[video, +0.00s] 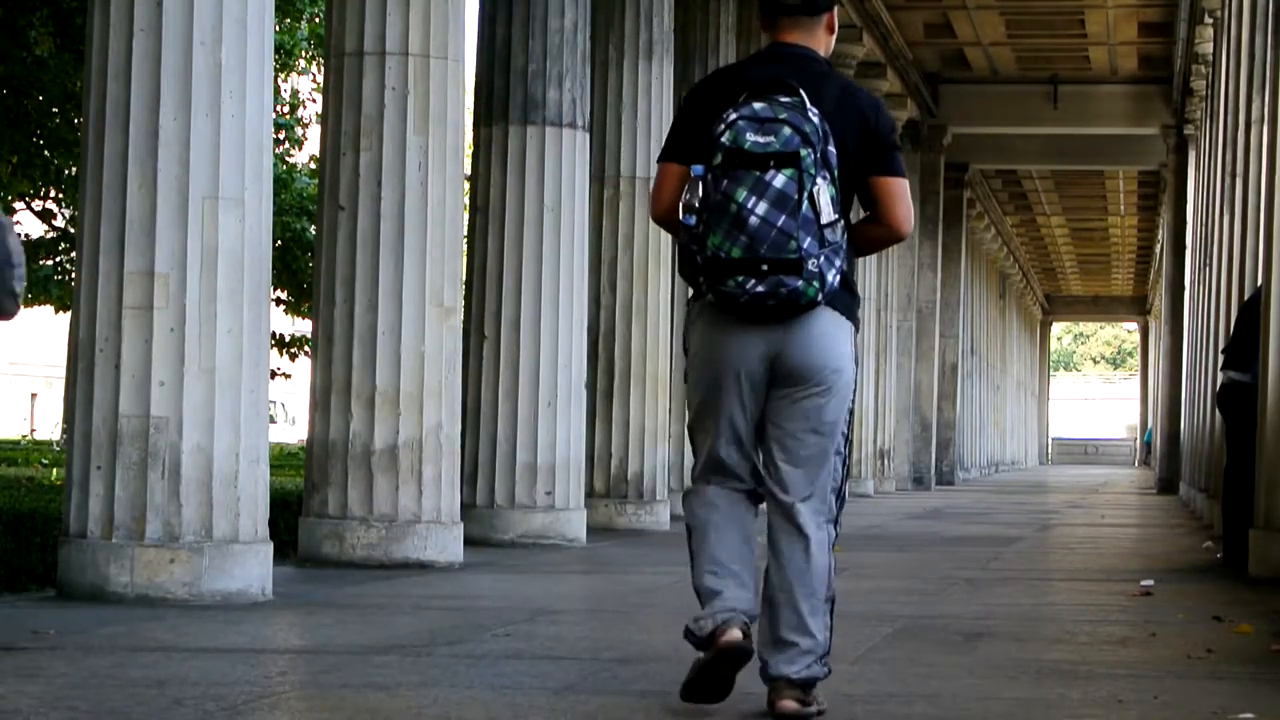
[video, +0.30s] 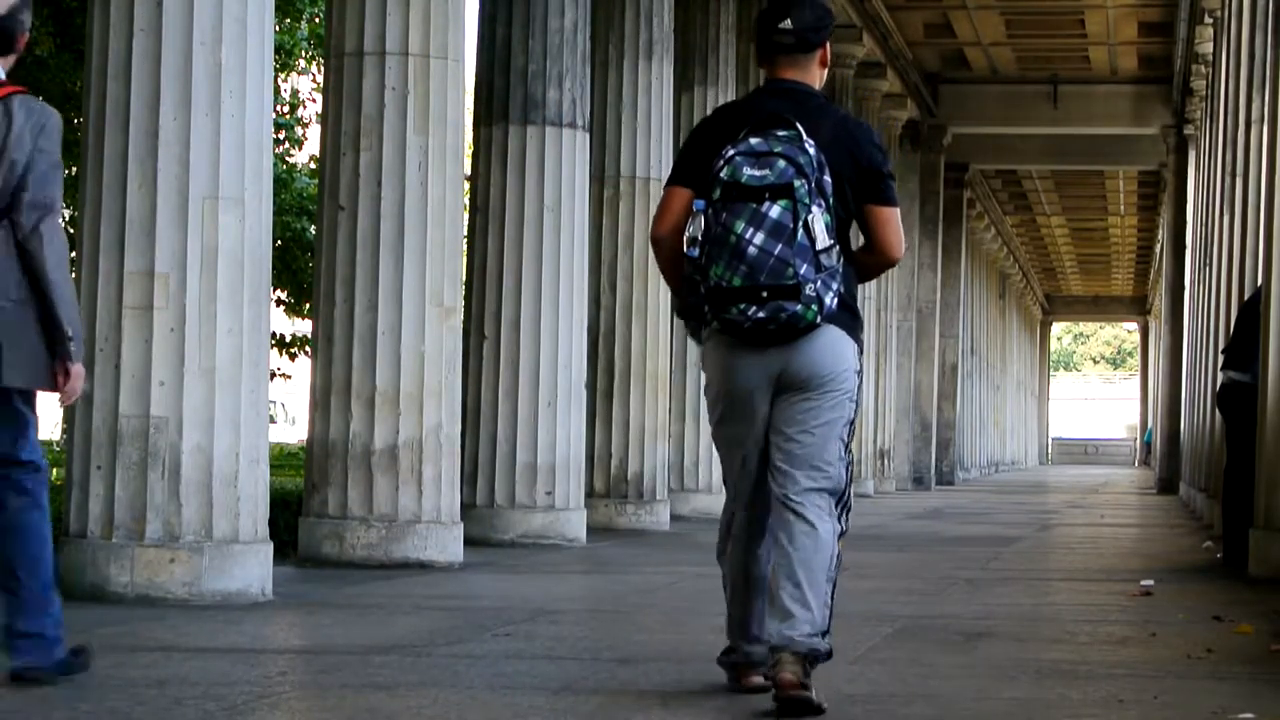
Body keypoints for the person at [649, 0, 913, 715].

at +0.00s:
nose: (835, 27)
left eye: (826, 19)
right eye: (835, 20)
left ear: (763, 22)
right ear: (831, 23)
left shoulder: (711, 92)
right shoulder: (859, 106)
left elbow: (665, 205)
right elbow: (896, 221)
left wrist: (732, 239)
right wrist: (831, 245)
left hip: (724, 320)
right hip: (820, 324)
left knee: (720, 477)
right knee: (804, 498)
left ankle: (727, 616)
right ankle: (793, 682)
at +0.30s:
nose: (830, 61)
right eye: (831, 50)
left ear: (760, 54)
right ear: (825, 55)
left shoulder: (715, 127)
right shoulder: (850, 134)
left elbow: (663, 232)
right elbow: (890, 246)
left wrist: (694, 300)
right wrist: (838, 273)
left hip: (732, 335)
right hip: (822, 335)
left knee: (744, 497)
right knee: (806, 495)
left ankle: (746, 651)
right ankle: (792, 656)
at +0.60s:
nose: (825, 68)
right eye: (826, 59)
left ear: (759, 60)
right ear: (820, 59)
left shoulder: (715, 131)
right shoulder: (846, 133)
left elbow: (678, 240)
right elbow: (884, 232)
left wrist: (681, 317)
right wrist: (920, 328)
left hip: (736, 334)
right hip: (822, 329)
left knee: (747, 491)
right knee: (838, 478)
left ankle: (750, 653)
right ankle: (815, 611)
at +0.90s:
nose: (857, 101)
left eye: (853, 91)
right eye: (858, 92)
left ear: (793, 90)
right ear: (850, 91)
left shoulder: (749, 155)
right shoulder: (868, 161)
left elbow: (720, 256)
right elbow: (902, 255)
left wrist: (745, 324)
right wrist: (929, 350)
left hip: (759, 348)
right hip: (841, 347)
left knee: (762, 489)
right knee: (842, 496)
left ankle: (755, 628)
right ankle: (846, 639)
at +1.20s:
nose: (881, 99)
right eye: (883, 91)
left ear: (821, 91)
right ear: (878, 94)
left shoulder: (780, 151)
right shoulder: (897, 163)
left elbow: (739, 239)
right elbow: (927, 265)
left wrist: (716, 322)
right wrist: (914, 328)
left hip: (789, 338)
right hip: (868, 340)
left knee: (787, 474)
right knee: (856, 484)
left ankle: (788, 603)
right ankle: (848, 635)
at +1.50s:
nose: (851, 124)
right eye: (860, 114)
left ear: (805, 120)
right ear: (863, 119)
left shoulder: (777, 180)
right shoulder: (888, 183)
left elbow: (745, 262)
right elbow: (925, 281)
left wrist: (718, 343)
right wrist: (897, 332)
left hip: (795, 357)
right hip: (872, 354)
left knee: (804, 487)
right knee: (858, 483)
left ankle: (809, 618)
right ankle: (849, 605)